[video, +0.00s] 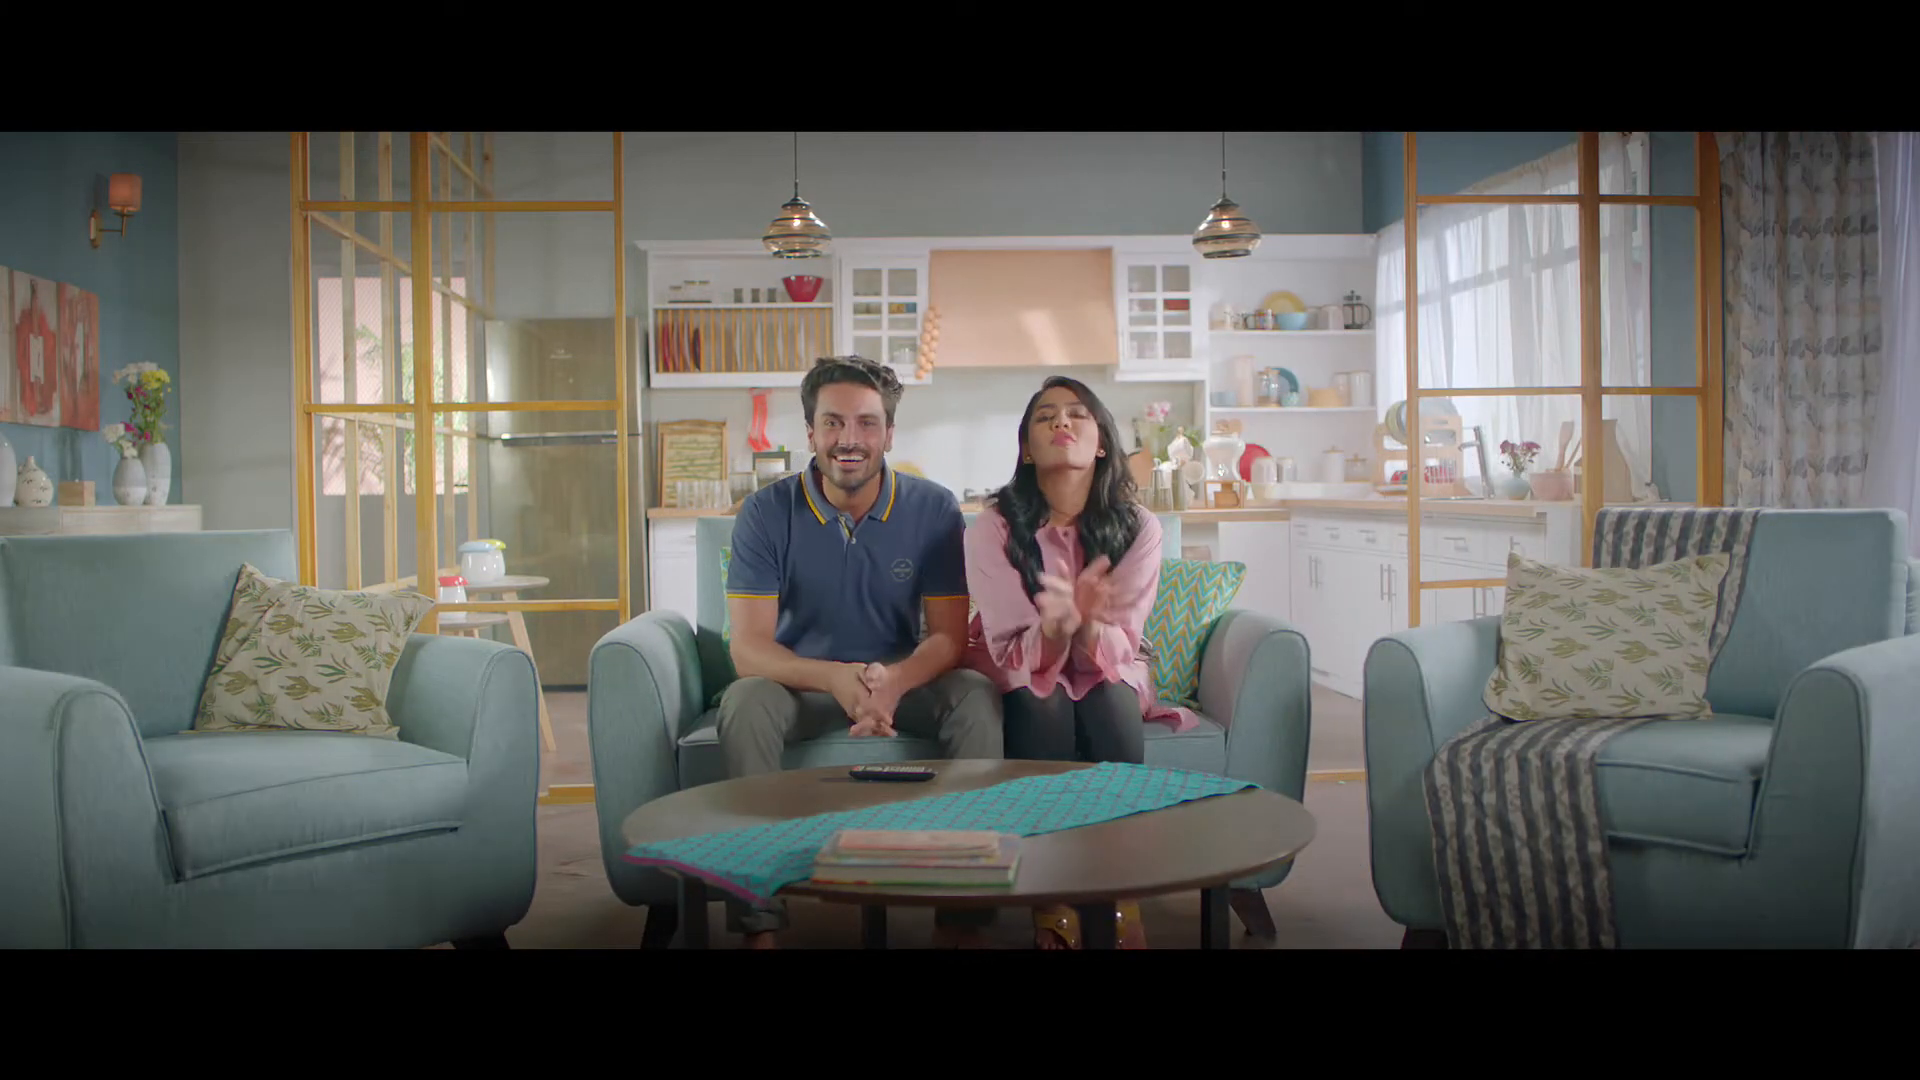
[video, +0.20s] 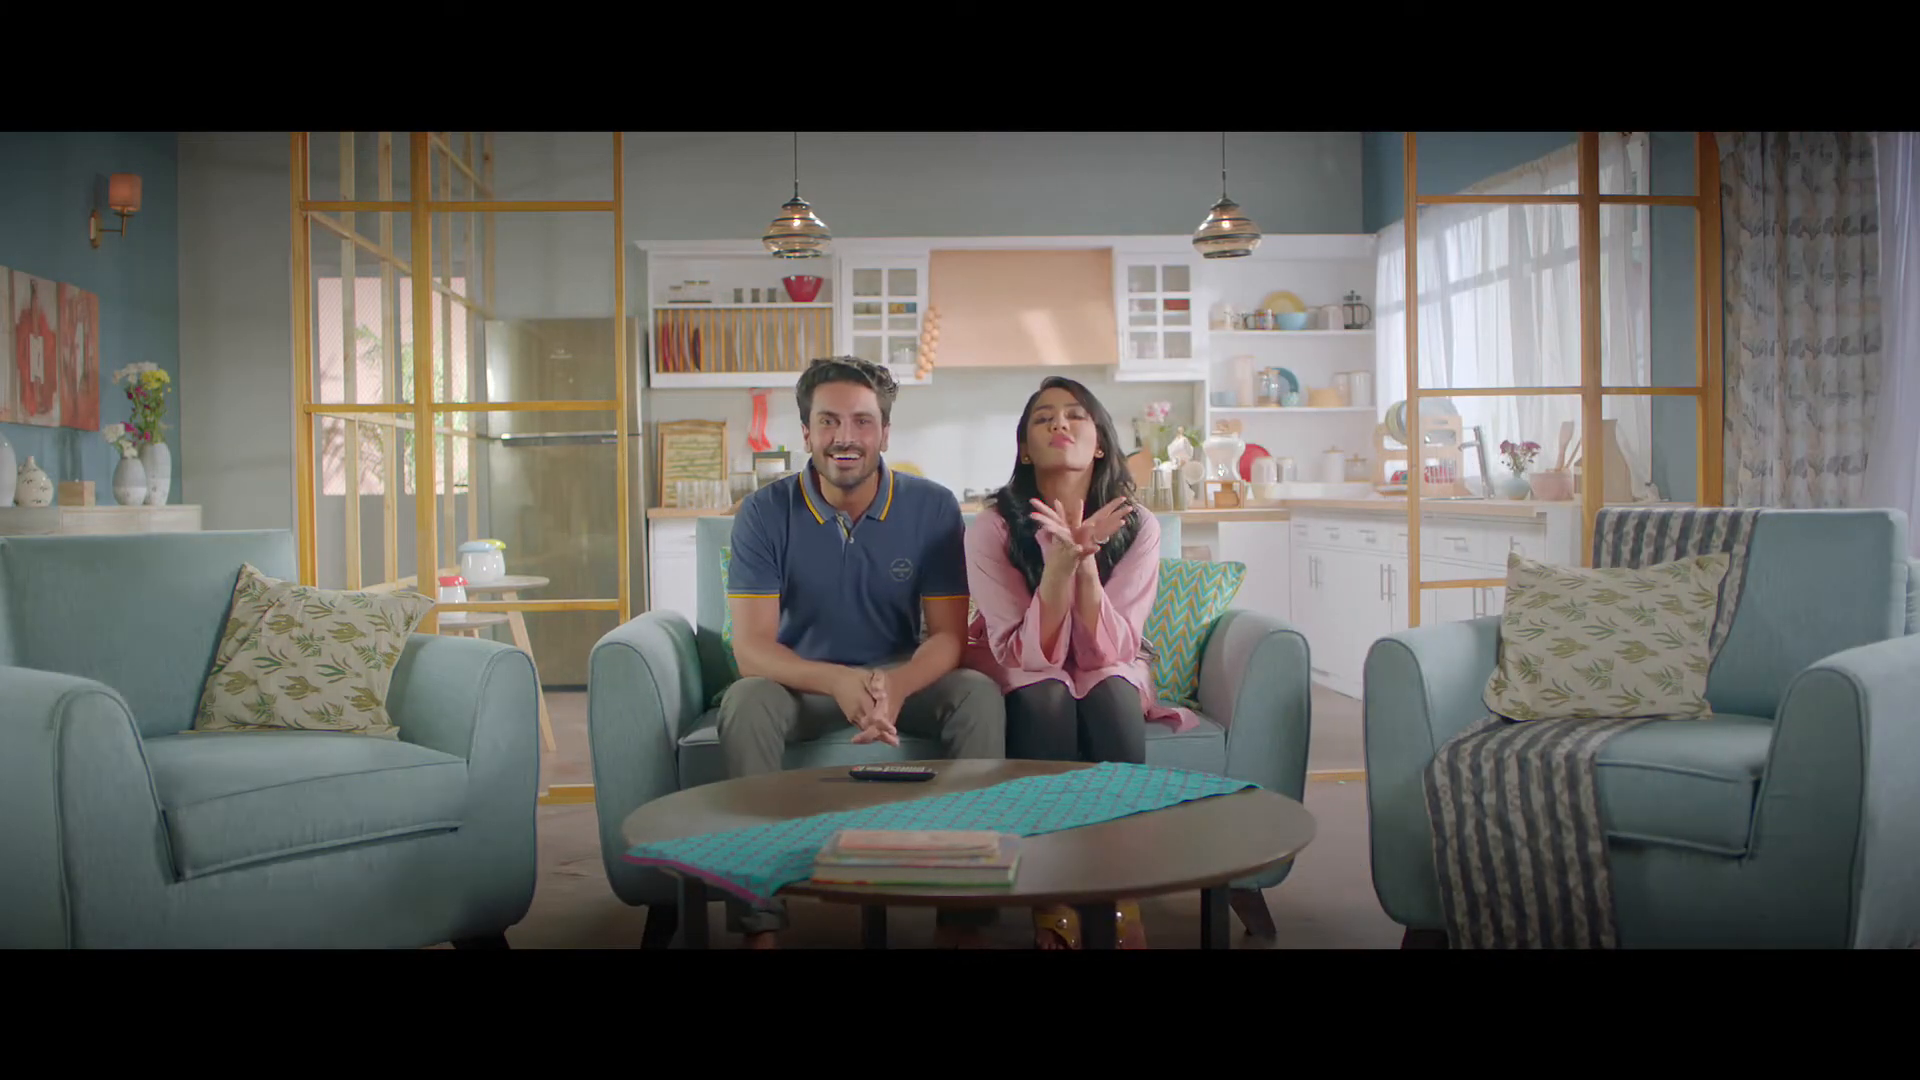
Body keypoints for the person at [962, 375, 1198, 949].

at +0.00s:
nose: (1062, 423)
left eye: (1077, 416)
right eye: (1046, 417)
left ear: (1101, 445)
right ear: (1026, 448)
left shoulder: (1139, 527)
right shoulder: (991, 528)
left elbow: (1123, 647)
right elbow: (1014, 660)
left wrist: (1087, 625)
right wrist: (1055, 629)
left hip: (1107, 681)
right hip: (1030, 683)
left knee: (1110, 701)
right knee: (1045, 706)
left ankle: (1123, 896)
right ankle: (1055, 899)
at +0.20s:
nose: (1061, 424)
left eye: (1075, 417)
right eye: (1044, 418)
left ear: (1100, 446)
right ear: (1024, 449)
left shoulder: (1136, 524)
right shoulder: (990, 529)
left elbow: (1114, 654)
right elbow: (1021, 659)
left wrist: (1087, 570)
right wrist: (1057, 570)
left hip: (1105, 679)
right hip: (1027, 681)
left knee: (1111, 695)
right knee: (1048, 698)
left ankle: (1124, 895)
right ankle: (1055, 898)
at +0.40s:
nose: (1062, 424)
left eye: (1077, 417)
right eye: (1046, 418)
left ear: (1100, 447)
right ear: (1025, 447)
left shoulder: (1139, 527)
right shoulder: (990, 531)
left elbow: (1114, 657)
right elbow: (1018, 661)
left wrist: (1106, 577)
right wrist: (1045, 580)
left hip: (1105, 680)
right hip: (1031, 682)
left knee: (1113, 697)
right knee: (1047, 700)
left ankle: (1122, 889)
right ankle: (1052, 893)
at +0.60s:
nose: (1057, 434)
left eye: (1072, 424)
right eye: (1041, 424)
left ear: (1095, 447)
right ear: (1020, 445)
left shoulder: (1130, 520)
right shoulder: (984, 533)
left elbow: (1107, 659)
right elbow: (1019, 658)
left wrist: (1142, 573)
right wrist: (1042, 560)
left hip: (1103, 678)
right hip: (1028, 681)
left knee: (1114, 698)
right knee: (1047, 701)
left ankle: (1121, 892)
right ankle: (1052, 894)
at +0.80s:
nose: (1053, 436)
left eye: (1069, 425)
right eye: (1038, 425)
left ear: (1092, 447)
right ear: (1017, 444)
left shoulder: (1120, 523)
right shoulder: (982, 533)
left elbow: (1104, 653)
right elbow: (1017, 651)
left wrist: (1147, 566)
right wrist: (1060, 555)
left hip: (1103, 671)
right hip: (1028, 673)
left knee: (1116, 703)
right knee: (1047, 704)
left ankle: (1119, 893)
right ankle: (1052, 893)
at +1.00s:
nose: (1018, 434)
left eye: (1040, 425)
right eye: (1015, 422)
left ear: (1075, 447)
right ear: (1006, 432)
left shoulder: (1118, 524)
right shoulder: (979, 536)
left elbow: (1102, 650)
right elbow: (1019, 650)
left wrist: (1153, 558)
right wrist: (1081, 559)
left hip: (1105, 677)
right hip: (1031, 679)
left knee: (1114, 698)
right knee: (1047, 701)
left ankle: (1122, 890)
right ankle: (1053, 890)